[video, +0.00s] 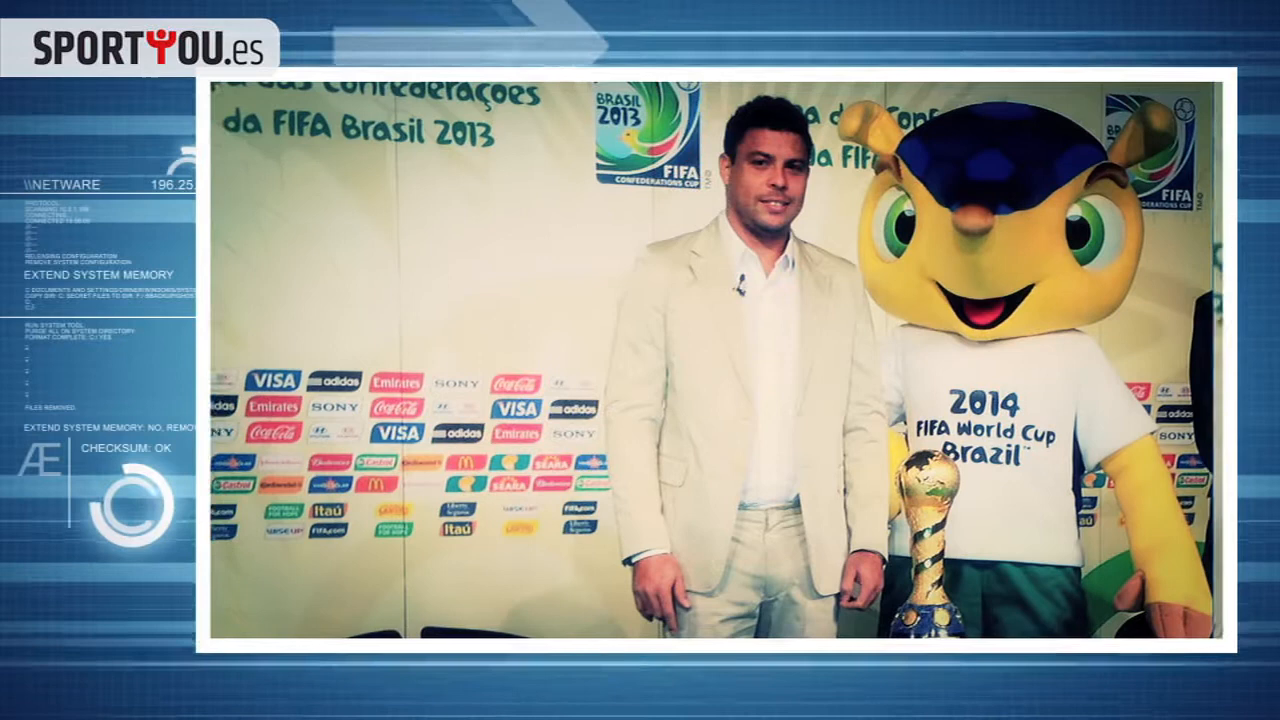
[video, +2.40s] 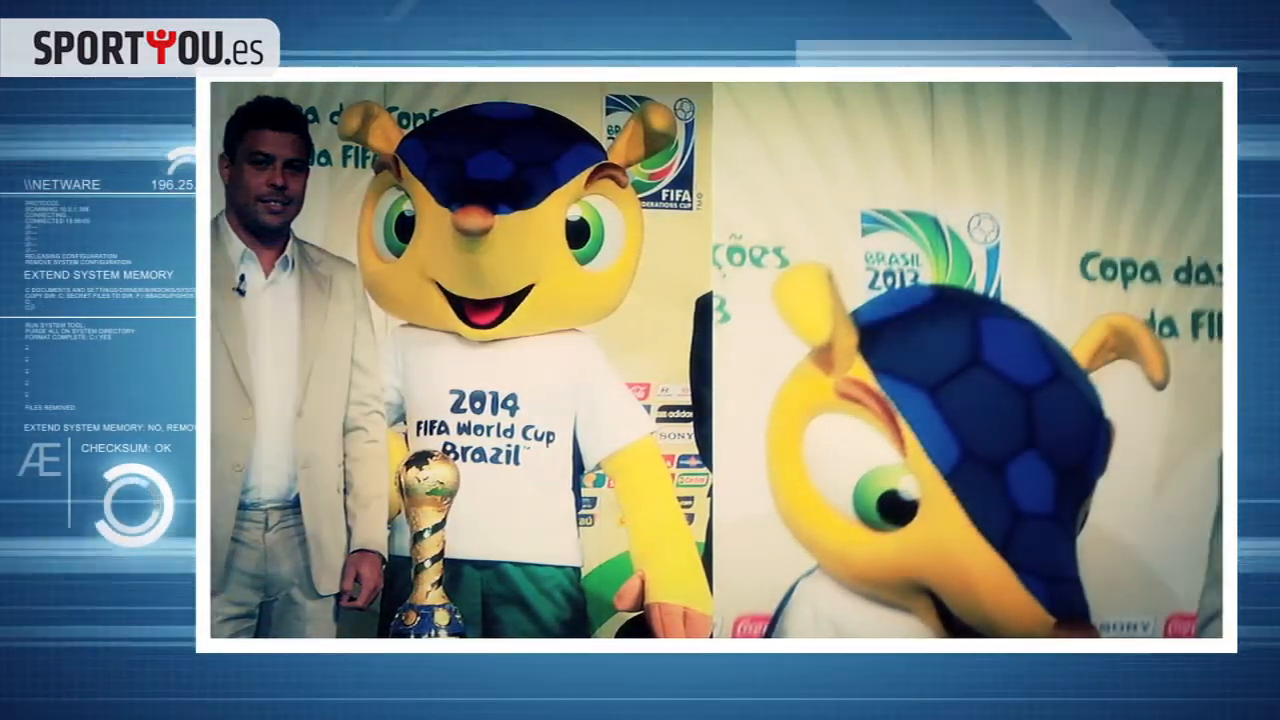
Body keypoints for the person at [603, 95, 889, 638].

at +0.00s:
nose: (779, 181)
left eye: (795, 166)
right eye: (761, 162)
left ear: (809, 177)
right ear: (726, 170)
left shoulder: (842, 283)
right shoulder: (663, 271)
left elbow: (865, 423)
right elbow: (630, 416)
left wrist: (868, 543)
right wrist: (647, 549)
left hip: (814, 542)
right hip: (706, 545)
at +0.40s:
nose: (696, 180)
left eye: (712, 166)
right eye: (678, 162)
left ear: (725, 177)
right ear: (643, 169)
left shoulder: (758, 282)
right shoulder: (580, 271)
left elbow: (782, 422)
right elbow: (547, 416)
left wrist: (784, 543)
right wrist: (564, 549)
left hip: (731, 542)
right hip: (623, 544)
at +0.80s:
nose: (613, 180)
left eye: (629, 166)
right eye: (594, 162)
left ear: (642, 178)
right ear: (559, 169)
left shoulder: (675, 283)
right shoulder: (497, 270)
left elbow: (698, 422)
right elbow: (464, 415)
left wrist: (701, 543)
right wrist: (480, 549)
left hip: (648, 542)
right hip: (540, 544)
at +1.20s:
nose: (529, 180)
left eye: (545, 166)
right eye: (511, 162)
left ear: (558, 178)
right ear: (476, 170)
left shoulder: (591, 282)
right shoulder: (413, 270)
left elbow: (615, 422)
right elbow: (380, 414)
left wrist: (617, 543)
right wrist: (397, 548)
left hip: (564, 542)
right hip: (457, 543)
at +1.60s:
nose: (446, 181)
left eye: (462, 166)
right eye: (428, 162)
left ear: (475, 178)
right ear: (393, 170)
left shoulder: (508, 282)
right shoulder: (329, 270)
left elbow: (531, 423)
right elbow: (297, 413)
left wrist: (534, 543)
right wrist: (314, 548)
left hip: (480, 543)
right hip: (374, 544)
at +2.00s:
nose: (362, 180)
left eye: (378, 166)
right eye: (345, 163)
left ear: (392, 178)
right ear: (310, 169)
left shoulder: (425, 283)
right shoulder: (243, 271)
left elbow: (448, 422)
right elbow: (218, 417)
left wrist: (452, 543)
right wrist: (232, 547)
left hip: (398, 542)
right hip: (291, 544)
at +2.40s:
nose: (279, 180)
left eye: (294, 166)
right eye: (262, 163)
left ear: (309, 178)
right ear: (227, 169)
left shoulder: (341, 282)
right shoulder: (182, 271)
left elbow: (365, 422)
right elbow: (147, 401)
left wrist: (369, 542)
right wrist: (159, 534)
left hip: (314, 538)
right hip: (212, 538)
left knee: (306, 711)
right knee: (204, 711)